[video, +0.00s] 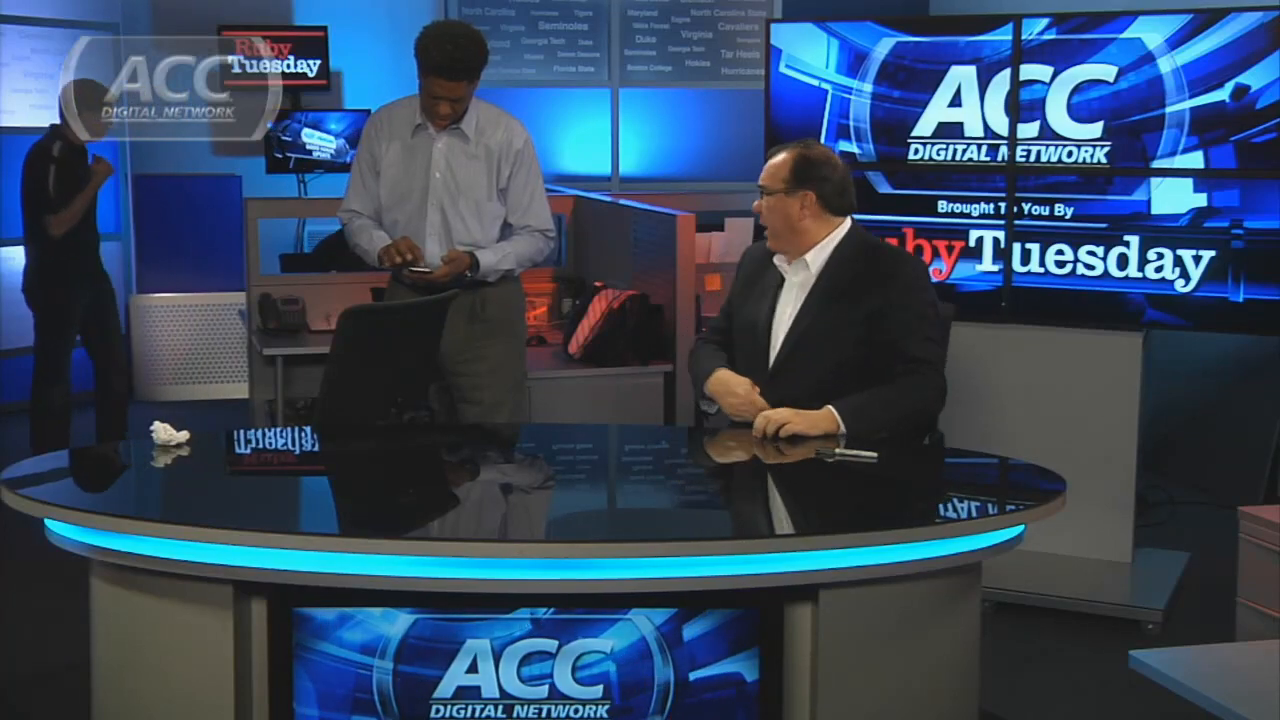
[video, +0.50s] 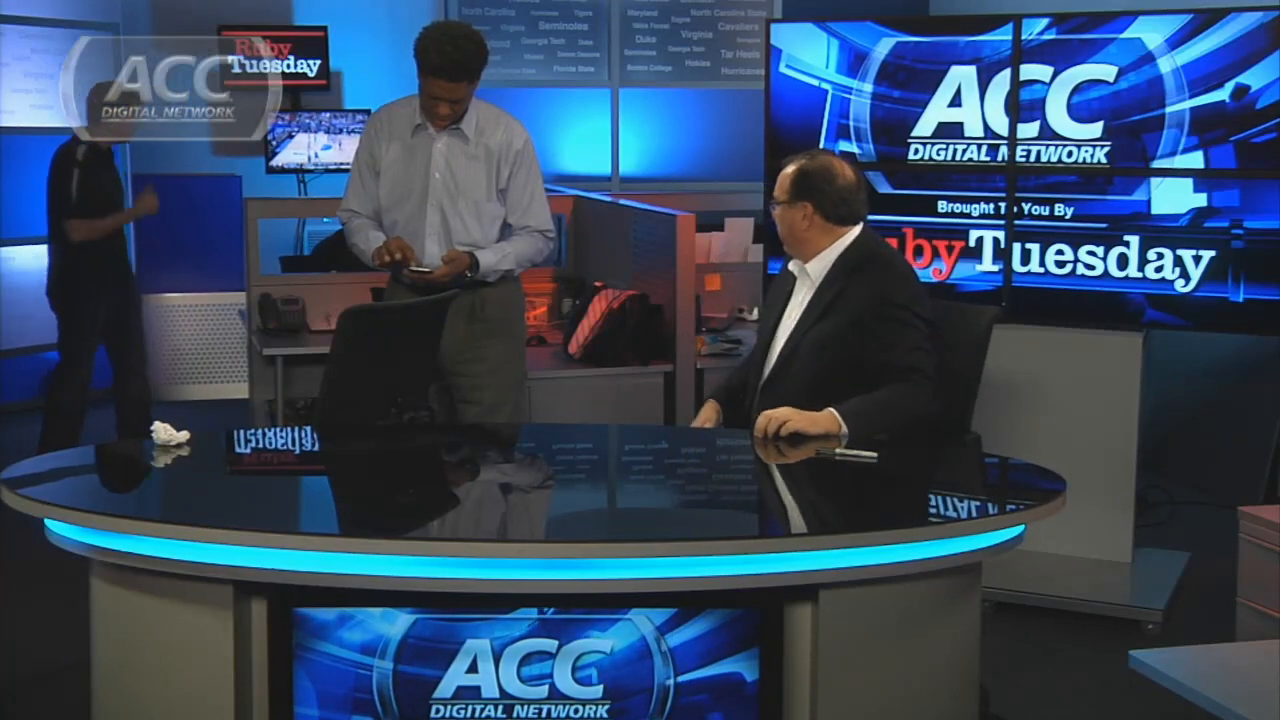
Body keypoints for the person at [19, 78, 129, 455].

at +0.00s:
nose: (104, 121)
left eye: (105, 112)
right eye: (97, 112)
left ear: (89, 113)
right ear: (76, 112)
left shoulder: (78, 154)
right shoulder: (44, 155)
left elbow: (77, 224)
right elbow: (53, 226)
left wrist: (90, 272)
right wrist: (95, 182)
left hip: (88, 277)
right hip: (54, 282)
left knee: (113, 365)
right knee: (53, 375)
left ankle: (111, 451)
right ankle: (50, 462)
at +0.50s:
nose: (134, 124)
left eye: (135, 115)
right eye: (128, 115)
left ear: (109, 117)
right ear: (107, 116)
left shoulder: (102, 157)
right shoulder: (72, 157)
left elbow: (98, 224)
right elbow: (74, 229)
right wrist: (134, 212)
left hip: (112, 282)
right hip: (79, 285)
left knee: (131, 370)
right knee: (75, 374)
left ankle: (135, 454)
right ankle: (53, 462)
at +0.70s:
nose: (154, 122)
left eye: (154, 114)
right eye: (148, 114)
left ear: (128, 115)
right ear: (126, 113)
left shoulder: (127, 156)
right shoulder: (96, 154)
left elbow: (127, 224)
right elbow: (88, 224)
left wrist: (142, 272)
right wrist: (140, 274)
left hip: (135, 283)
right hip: (102, 285)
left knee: (148, 375)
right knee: (102, 376)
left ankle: (141, 464)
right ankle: (61, 463)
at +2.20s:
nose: (232, 128)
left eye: (233, 119)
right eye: (224, 119)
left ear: (231, 121)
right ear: (199, 119)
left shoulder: (232, 164)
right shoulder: (161, 168)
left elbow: (244, 231)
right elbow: (145, 242)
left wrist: (251, 292)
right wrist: (178, 293)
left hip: (232, 300)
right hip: (181, 304)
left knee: (251, 394)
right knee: (181, 402)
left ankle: (259, 474)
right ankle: (181, 481)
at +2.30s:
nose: (250, 132)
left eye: (254, 123)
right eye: (243, 122)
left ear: (258, 121)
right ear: (218, 117)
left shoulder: (247, 164)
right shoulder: (180, 168)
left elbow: (250, 231)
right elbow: (161, 240)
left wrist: (258, 282)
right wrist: (195, 294)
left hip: (245, 300)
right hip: (196, 305)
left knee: (263, 397)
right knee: (190, 403)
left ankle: (261, 474)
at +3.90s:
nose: (506, 144)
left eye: (509, 135)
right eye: (500, 134)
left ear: (477, 130)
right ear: (471, 128)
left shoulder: (478, 177)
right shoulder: (430, 177)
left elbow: (475, 263)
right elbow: (404, 261)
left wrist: (497, 323)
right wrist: (432, 332)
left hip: (484, 331)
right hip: (445, 335)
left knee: (486, 438)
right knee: (438, 441)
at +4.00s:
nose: (526, 141)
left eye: (529, 133)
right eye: (520, 131)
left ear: (497, 128)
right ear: (492, 126)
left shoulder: (498, 176)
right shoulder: (449, 173)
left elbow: (494, 256)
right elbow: (422, 254)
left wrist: (513, 318)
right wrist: (439, 326)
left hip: (504, 324)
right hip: (464, 328)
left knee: (500, 434)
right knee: (460, 434)